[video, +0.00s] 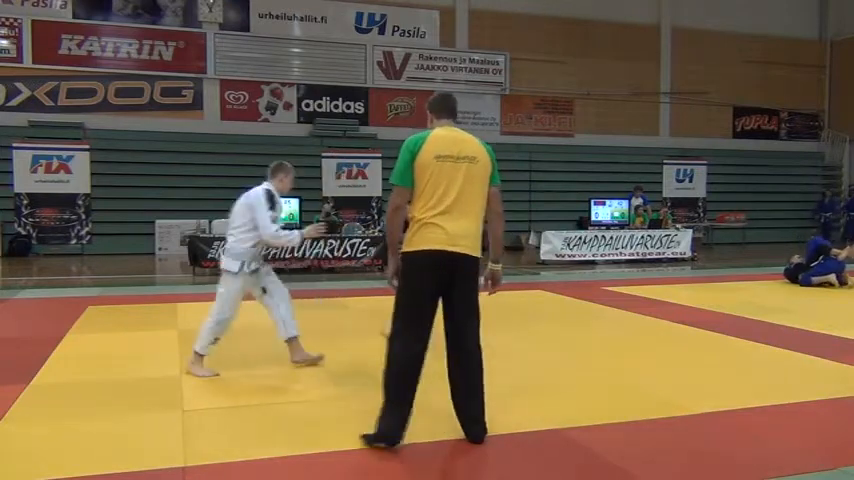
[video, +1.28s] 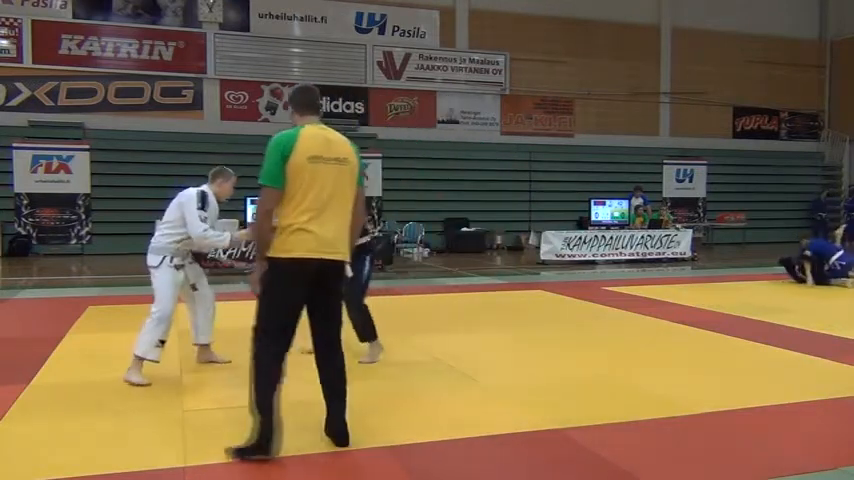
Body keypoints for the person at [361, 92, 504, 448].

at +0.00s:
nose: (425, 123)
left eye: (425, 118)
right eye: (429, 118)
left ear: (430, 116)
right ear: (457, 117)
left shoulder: (416, 144)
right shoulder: (483, 150)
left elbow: (398, 204)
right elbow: (495, 208)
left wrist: (393, 255)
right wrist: (496, 259)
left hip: (421, 257)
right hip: (465, 259)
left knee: (407, 341)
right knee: (466, 342)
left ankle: (389, 431)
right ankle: (475, 427)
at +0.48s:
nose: (361, 117)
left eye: (360, 112)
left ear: (363, 112)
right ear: (393, 111)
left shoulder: (352, 145)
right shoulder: (421, 148)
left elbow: (332, 210)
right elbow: (433, 209)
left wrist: (333, 256)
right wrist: (428, 262)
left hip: (362, 263)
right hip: (406, 263)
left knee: (363, 351)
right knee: (418, 340)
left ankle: (373, 442)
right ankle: (447, 418)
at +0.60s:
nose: (350, 117)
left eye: (347, 112)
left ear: (347, 111)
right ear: (379, 110)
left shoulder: (338, 145)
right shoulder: (409, 146)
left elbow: (318, 210)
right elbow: (420, 208)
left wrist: (310, 267)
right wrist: (416, 259)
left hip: (354, 263)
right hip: (398, 262)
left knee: (359, 350)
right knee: (394, 336)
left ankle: (373, 441)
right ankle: (411, 418)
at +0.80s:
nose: (332, 117)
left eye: (329, 112)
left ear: (328, 112)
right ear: (361, 110)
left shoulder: (322, 146)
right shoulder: (391, 146)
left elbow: (301, 211)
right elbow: (404, 207)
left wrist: (292, 267)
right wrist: (398, 260)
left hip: (341, 259)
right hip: (381, 258)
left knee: (353, 348)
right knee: (357, 343)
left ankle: (373, 443)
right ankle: (344, 425)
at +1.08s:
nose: (306, 119)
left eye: (306, 115)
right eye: (310, 115)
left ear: (309, 113)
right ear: (340, 112)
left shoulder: (306, 140)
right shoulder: (367, 149)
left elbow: (292, 207)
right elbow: (375, 210)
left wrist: (286, 261)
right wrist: (368, 263)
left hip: (313, 259)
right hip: (352, 260)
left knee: (303, 338)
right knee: (338, 340)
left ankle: (346, 416)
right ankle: (338, 428)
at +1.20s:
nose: (298, 118)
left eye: (298, 113)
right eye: (304, 114)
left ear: (301, 113)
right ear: (330, 111)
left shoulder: (294, 141)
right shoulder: (357, 149)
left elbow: (280, 204)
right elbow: (364, 209)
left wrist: (272, 257)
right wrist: (355, 257)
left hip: (299, 259)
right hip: (341, 261)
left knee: (281, 336)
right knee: (333, 343)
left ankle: (300, 425)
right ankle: (338, 427)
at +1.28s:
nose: (288, 118)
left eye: (287, 112)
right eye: (291, 112)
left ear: (293, 111)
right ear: (320, 110)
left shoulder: (284, 141)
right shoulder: (349, 148)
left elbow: (266, 208)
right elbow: (358, 213)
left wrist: (260, 259)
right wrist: (342, 253)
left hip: (288, 261)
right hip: (332, 263)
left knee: (269, 346)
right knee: (330, 345)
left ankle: (264, 439)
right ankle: (338, 428)